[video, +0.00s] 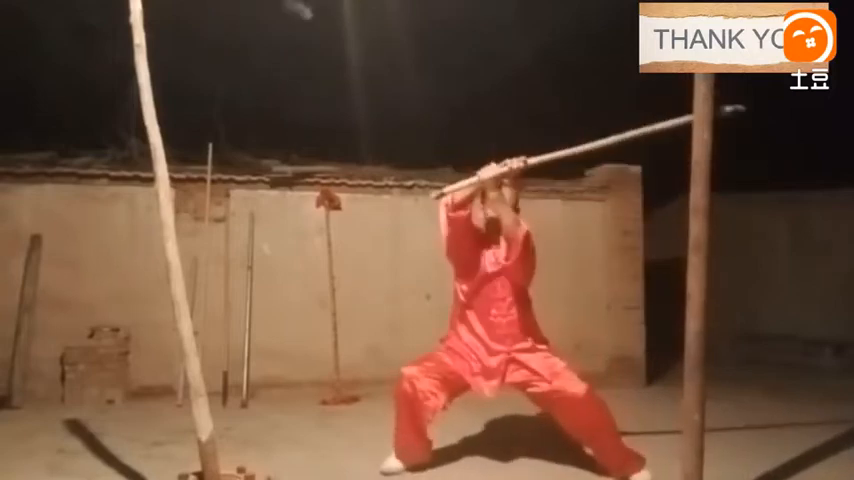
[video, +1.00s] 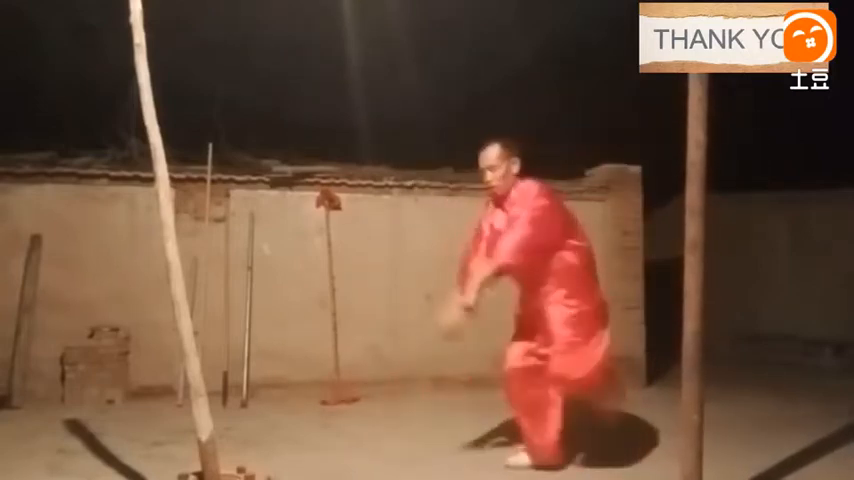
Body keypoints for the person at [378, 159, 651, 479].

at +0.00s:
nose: (492, 206)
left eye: (499, 197)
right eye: (486, 198)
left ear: (512, 202)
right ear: (475, 204)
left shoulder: (518, 241)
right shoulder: (464, 245)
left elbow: (523, 276)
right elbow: (451, 205)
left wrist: (505, 205)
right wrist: (484, 178)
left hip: (522, 351)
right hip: (466, 348)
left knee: (577, 395)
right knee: (412, 383)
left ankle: (626, 466)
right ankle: (411, 455)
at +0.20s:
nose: (493, 206)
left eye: (500, 198)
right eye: (486, 199)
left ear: (512, 204)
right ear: (474, 208)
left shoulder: (522, 245)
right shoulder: (468, 246)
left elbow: (517, 230)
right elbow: (452, 201)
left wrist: (509, 187)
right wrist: (487, 176)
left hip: (524, 350)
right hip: (468, 347)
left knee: (579, 394)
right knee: (413, 383)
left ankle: (626, 466)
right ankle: (410, 456)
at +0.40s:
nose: (495, 191)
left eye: (505, 181)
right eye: (492, 185)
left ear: (518, 190)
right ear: (481, 193)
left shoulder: (527, 231)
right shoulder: (471, 233)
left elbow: (517, 220)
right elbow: (457, 186)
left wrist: (496, 172)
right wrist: (511, 159)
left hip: (527, 341)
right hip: (472, 340)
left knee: (579, 393)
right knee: (419, 379)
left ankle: (625, 465)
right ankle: (410, 455)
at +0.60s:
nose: (515, 179)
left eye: (521, 172)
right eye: (507, 173)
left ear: (532, 175)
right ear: (494, 175)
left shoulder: (549, 211)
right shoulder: (489, 212)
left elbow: (549, 261)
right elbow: (465, 196)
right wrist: (481, 160)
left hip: (561, 316)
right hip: (512, 320)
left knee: (596, 387)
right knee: (474, 379)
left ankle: (627, 465)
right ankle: (430, 444)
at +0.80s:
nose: (502, 177)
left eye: (509, 169)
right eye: (497, 171)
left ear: (528, 168)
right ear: (491, 175)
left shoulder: (547, 202)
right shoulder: (498, 205)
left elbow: (541, 243)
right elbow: (481, 228)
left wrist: (501, 249)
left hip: (575, 293)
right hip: (536, 295)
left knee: (596, 373)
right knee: (511, 367)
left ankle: (629, 461)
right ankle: (547, 444)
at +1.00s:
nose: (487, 178)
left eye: (493, 169)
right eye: (484, 171)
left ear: (514, 166)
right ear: (482, 174)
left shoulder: (534, 197)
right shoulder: (496, 209)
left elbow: (512, 251)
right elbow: (477, 255)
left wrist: (474, 289)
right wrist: (467, 295)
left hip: (569, 297)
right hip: (537, 299)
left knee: (564, 369)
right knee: (520, 365)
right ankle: (541, 444)